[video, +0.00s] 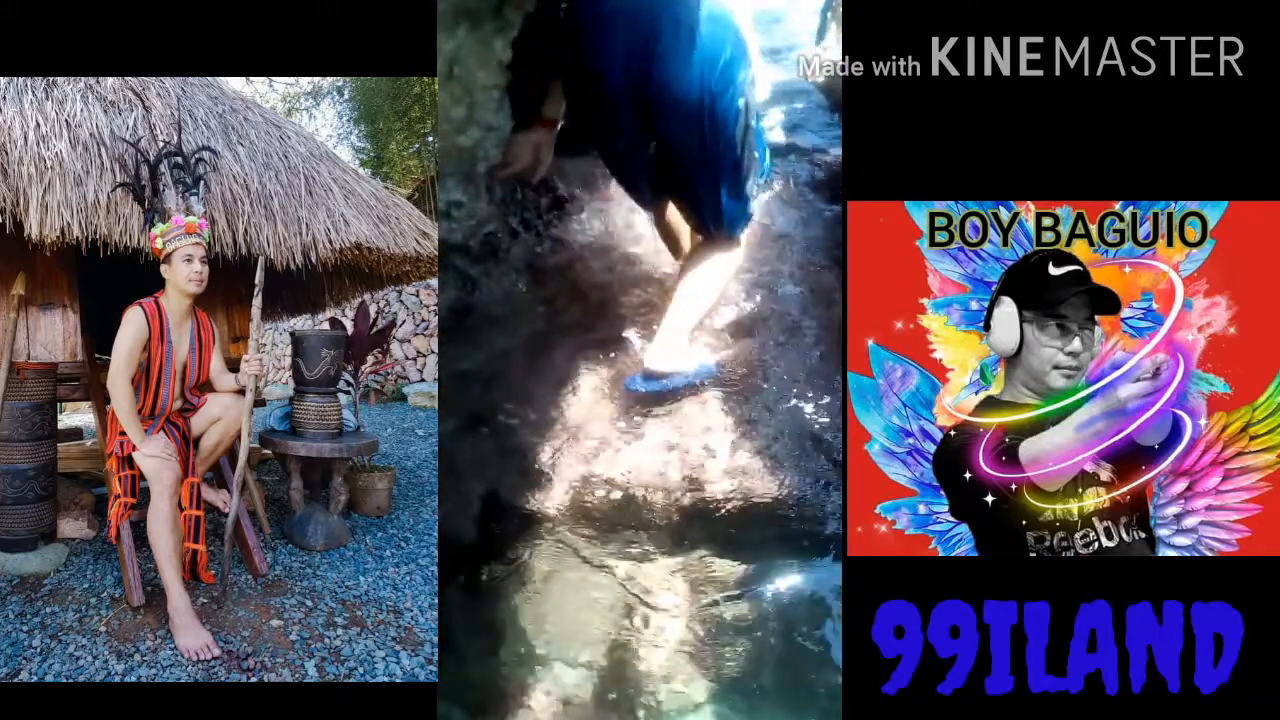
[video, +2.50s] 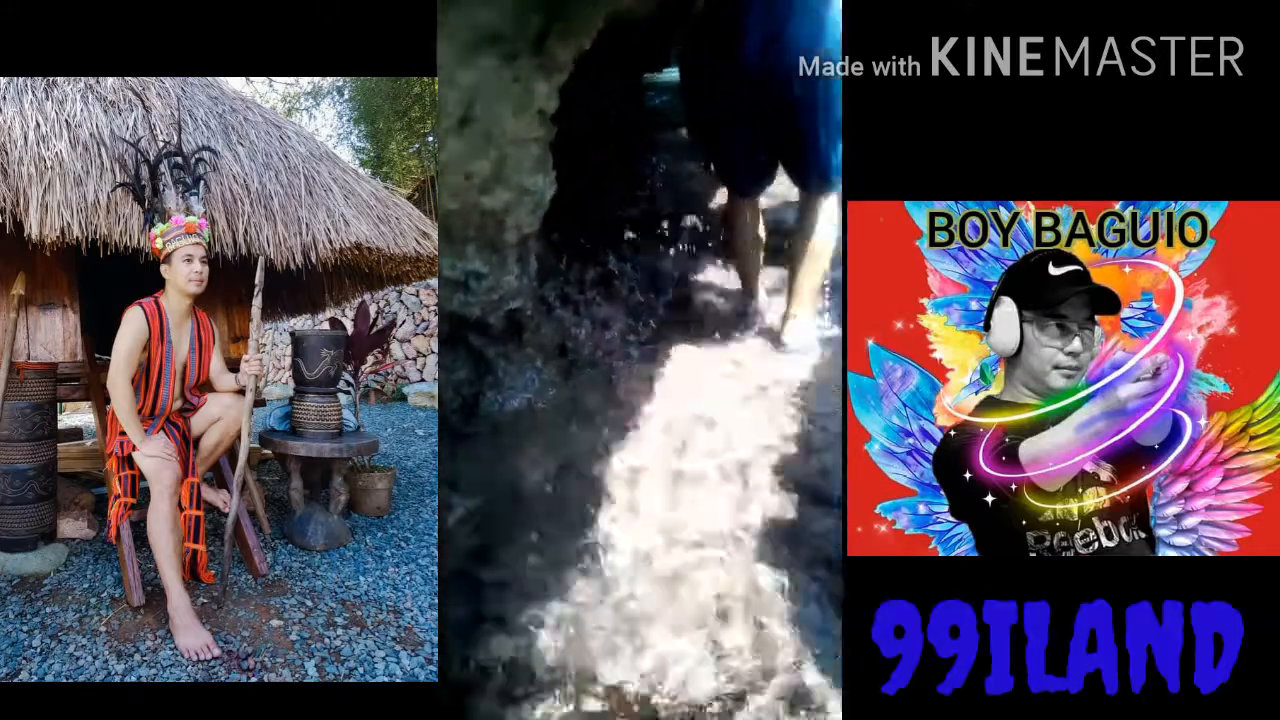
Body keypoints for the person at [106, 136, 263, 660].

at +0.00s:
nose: (198, 268)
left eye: (203, 260)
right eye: (187, 261)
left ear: (207, 267)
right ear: (164, 267)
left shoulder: (205, 323)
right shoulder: (142, 316)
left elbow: (220, 381)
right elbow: (117, 380)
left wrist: (244, 380)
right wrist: (139, 440)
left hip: (180, 419)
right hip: (141, 425)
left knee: (238, 407)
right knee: (169, 477)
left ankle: (191, 478)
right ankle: (179, 607)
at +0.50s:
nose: (198, 269)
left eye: (203, 260)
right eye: (187, 261)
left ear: (207, 266)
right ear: (164, 267)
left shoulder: (205, 322)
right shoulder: (142, 316)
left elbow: (220, 380)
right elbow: (117, 380)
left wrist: (242, 380)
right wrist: (138, 440)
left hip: (181, 419)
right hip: (141, 425)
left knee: (237, 407)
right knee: (169, 476)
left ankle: (191, 478)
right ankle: (179, 605)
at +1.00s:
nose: (198, 268)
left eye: (203, 260)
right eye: (187, 260)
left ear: (208, 267)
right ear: (165, 267)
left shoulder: (206, 324)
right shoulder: (142, 316)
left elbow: (220, 382)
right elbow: (117, 380)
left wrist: (243, 380)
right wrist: (138, 440)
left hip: (180, 419)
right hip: (140, 424)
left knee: (237, 407)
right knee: (169, 477)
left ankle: (191, 478)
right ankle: (179, 606)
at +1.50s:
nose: (198, 268)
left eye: (203, 260)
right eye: (187, 260)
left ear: (208, 267)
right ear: (165, 267)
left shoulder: (206, 324)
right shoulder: (142, 316)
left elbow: (220, 381)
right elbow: (117, 380)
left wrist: (243, 381)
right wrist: (138, 440)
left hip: (180, 419)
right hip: (140, 424)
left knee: (236, 407)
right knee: (169, 476)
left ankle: (191, 478)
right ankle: (179, 605)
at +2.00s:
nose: (198, 268)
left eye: (203, 260)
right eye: (187, 260)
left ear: (208, 267)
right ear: (165, 267)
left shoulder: (206, 324)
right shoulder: (142, 316)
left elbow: (220, 381)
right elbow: (117, 380)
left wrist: (243, 381)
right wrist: (138, 440)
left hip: (180, 419)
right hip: (140, 424)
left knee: (236, 407)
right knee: (169, 476)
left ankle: (191, 478)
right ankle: (179, 605)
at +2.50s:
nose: (198, 268)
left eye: (203, 260)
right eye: (187, 260)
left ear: (208, 267)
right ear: (165, 267)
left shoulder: (206, 324)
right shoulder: (142, 316)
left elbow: (220, 381)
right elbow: (117, 380)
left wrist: (243, 381)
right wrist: (138, 440)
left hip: (180, 419)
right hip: (140, 424)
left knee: (236, 408)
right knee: (169, 476)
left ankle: (191, 478)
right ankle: (179, 605)